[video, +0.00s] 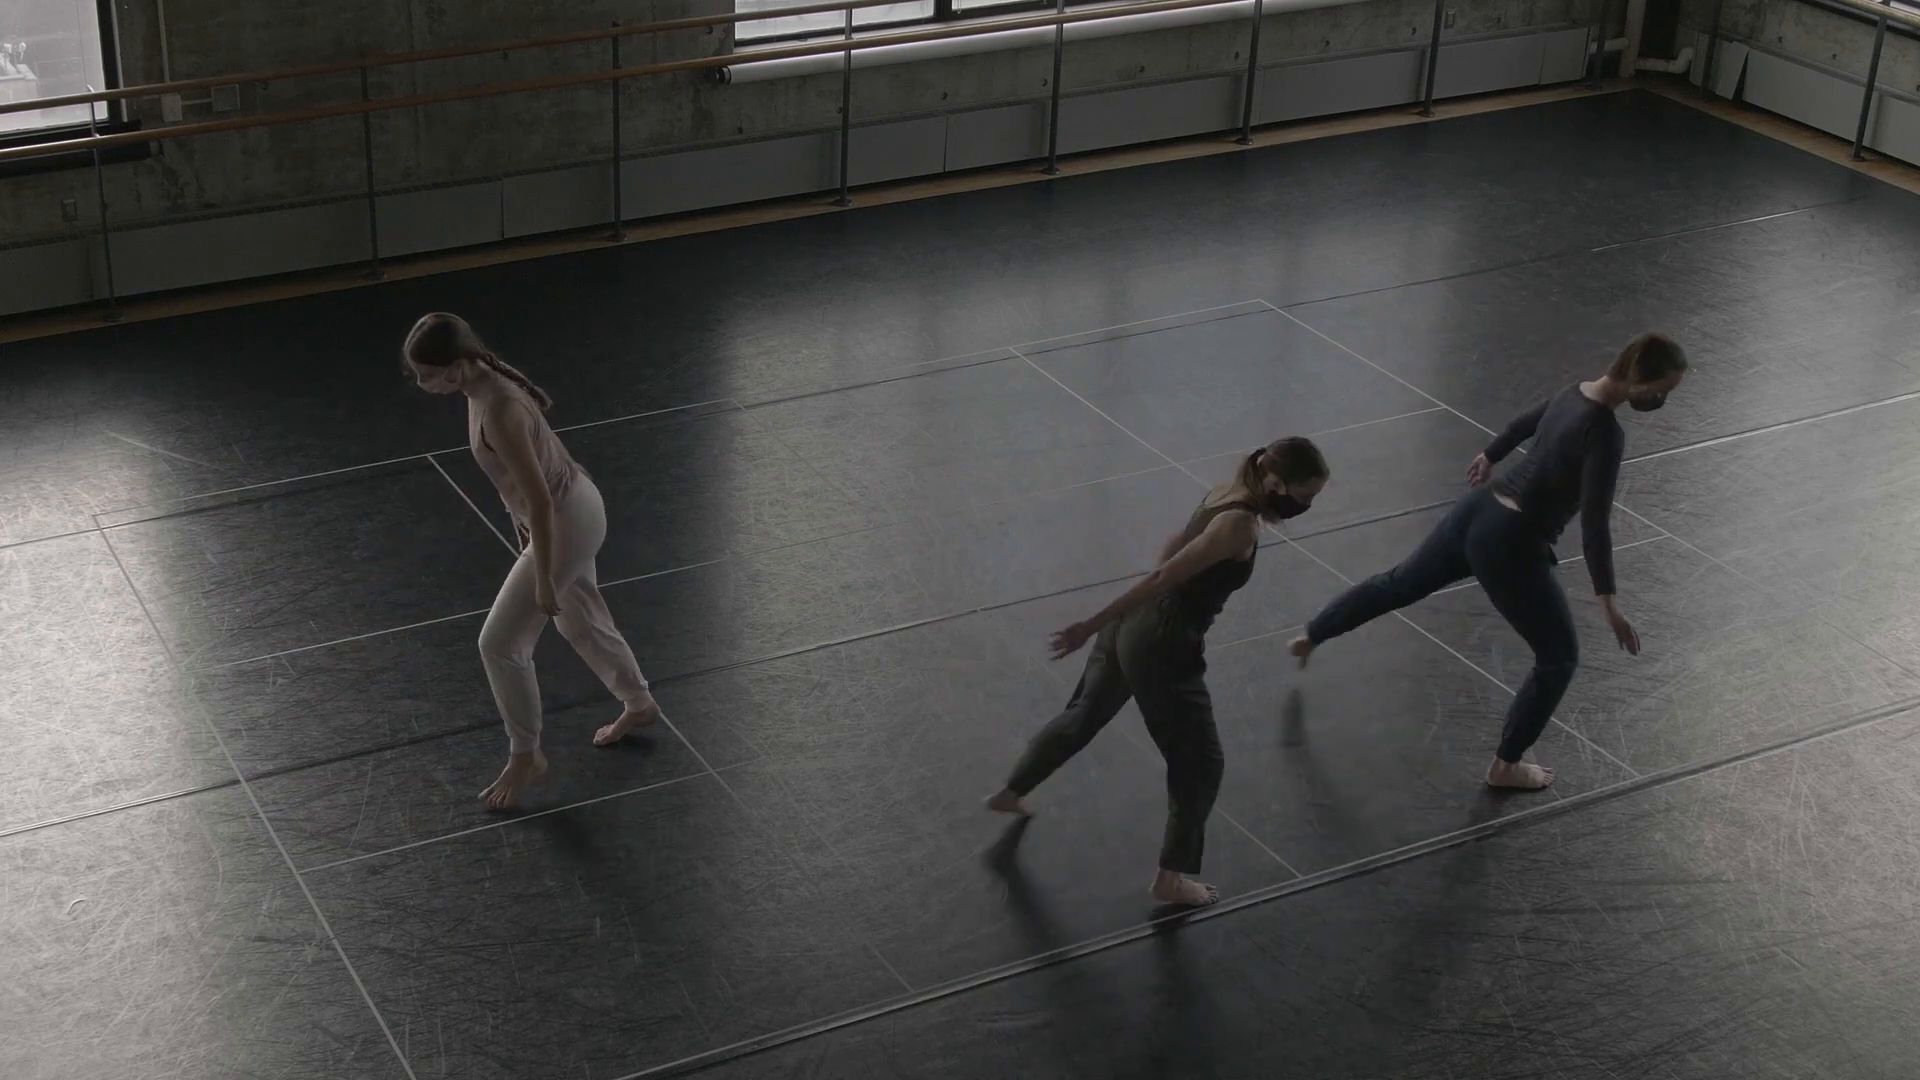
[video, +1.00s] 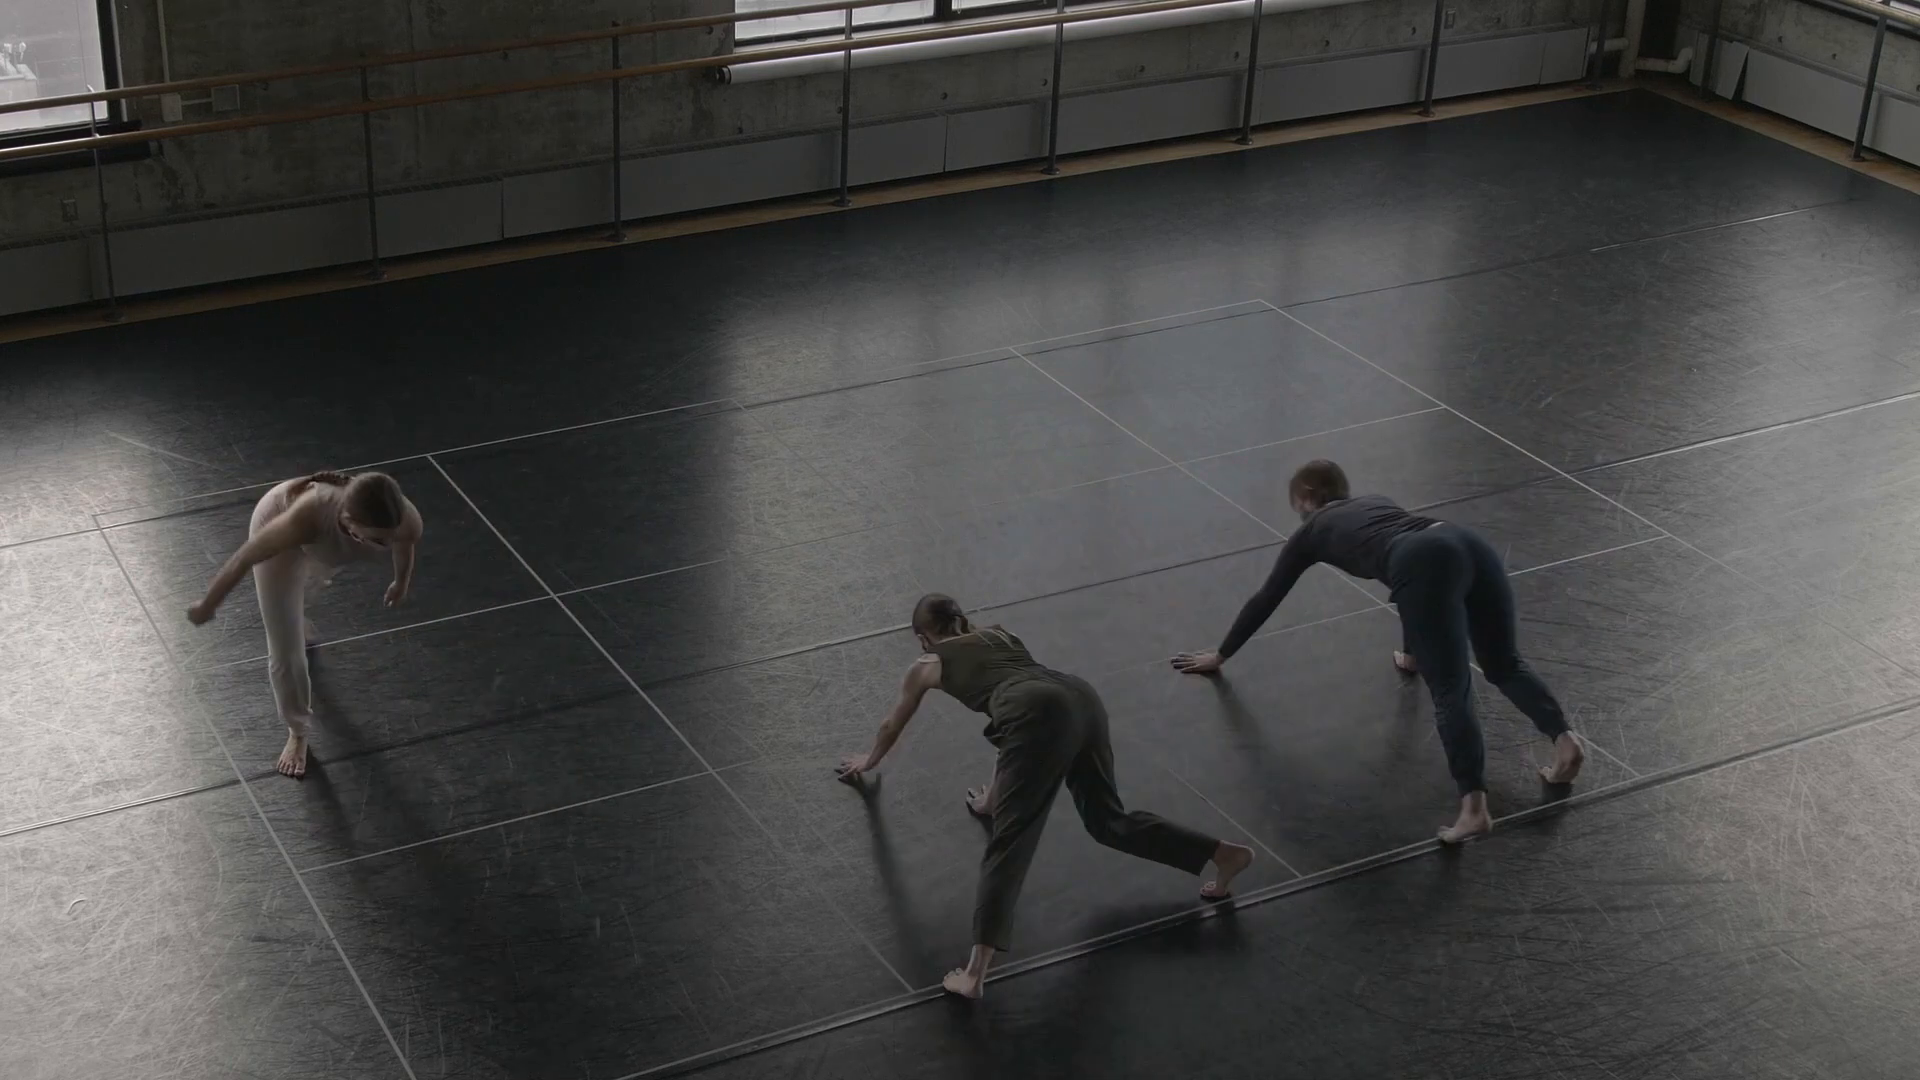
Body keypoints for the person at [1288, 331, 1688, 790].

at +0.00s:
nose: (1663, 401)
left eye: (1668, 393)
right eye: (1663, 391)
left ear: (1630, 368)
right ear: (1643, 379)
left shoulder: (1576, 393)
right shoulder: (1605, 432)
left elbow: (1524, 425)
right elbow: (1595, 521)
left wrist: (1490, 454)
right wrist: (1610, 602)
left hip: (1477, 510)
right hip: (1510, 543)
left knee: (1401, 582)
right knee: (1559, 658)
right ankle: (1507, 764)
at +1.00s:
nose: (1298, 512)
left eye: (1298, 504)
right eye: (1298, 504)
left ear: (1308, 500)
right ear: (1339, 490)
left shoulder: (1312, 532)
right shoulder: (1375, 506)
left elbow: (1267, 598)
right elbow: (1417, 571)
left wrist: (1220, 654)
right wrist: (1411, 653)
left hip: (1421, 564)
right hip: (1471, 548)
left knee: (1450, 692)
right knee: (1502, 663)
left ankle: (1474, 808)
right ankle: (1567, 740)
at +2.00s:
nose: (1202, 522)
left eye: (1197, 515)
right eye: (1196, 518)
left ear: (1205, 501)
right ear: (1225, 483)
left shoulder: (1221, 513)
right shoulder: (1261, 489)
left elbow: (1218, 592)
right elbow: (1309, 538)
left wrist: (1215, 657)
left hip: (1352, 551)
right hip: (1382, 539)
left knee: (1251, 599)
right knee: (1277, 590)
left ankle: (1343, 673)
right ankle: (1346, 664)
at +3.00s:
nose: (1403, 300)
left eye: (1410, 291)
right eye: (1395, 290)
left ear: (1415, 285)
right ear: (1370, 279)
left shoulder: (1413, 322)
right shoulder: (1337, 326)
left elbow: (1441, 388)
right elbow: (1286, 377)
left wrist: (1473, 454)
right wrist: (1259, 441)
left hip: (1385, 469)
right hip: (1334, 470)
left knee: (1357, 581)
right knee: (1328, 581)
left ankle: (1338, 683)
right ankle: (1313, 691)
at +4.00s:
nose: (1314, 230)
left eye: (1317, 222)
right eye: (1302, 227)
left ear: (1325, 229)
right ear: (1280, 241)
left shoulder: (1336, 287)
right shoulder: (1264, 291)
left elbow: (1319, 355)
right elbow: (1200, 315)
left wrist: (1324, 410)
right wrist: (1210, 369)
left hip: (1318, 431)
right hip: (1263, 433)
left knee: (1298, 542)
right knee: (1256, 538)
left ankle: (1265, 630)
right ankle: (1234, 634)